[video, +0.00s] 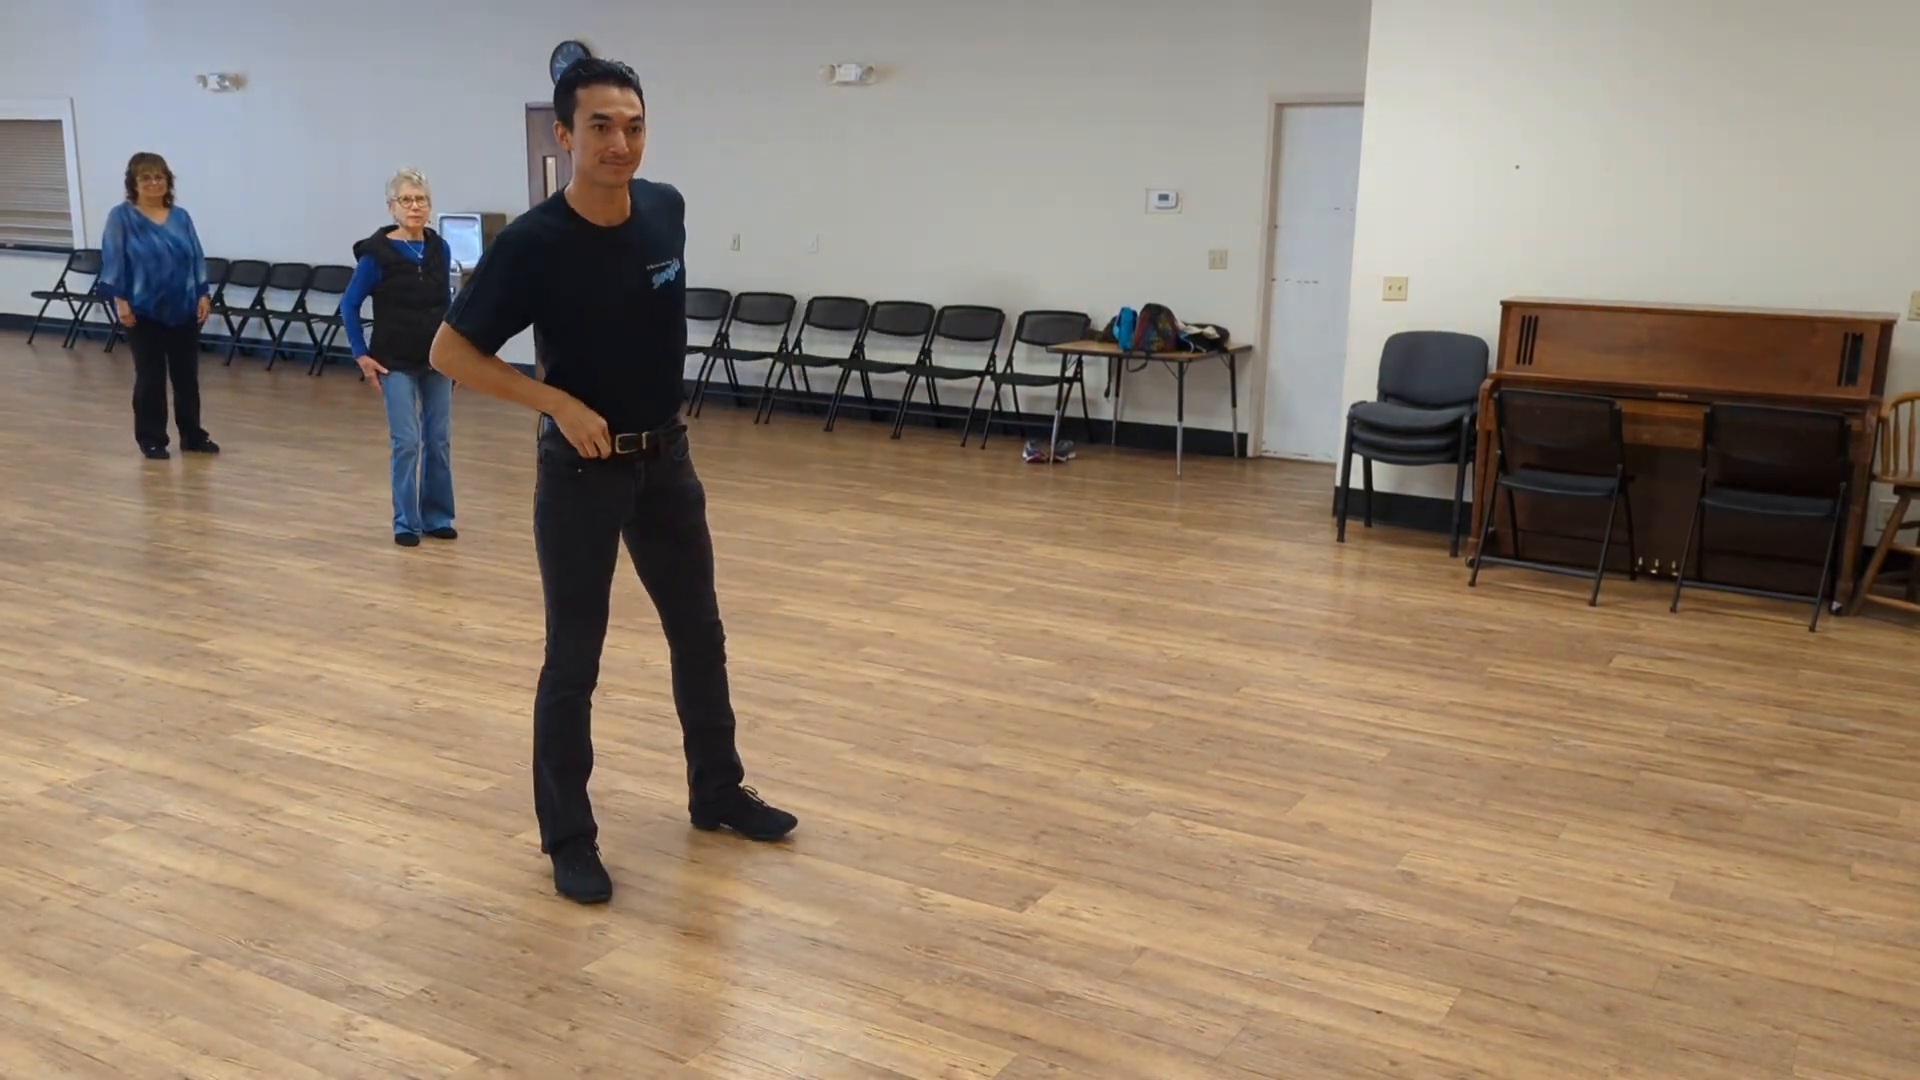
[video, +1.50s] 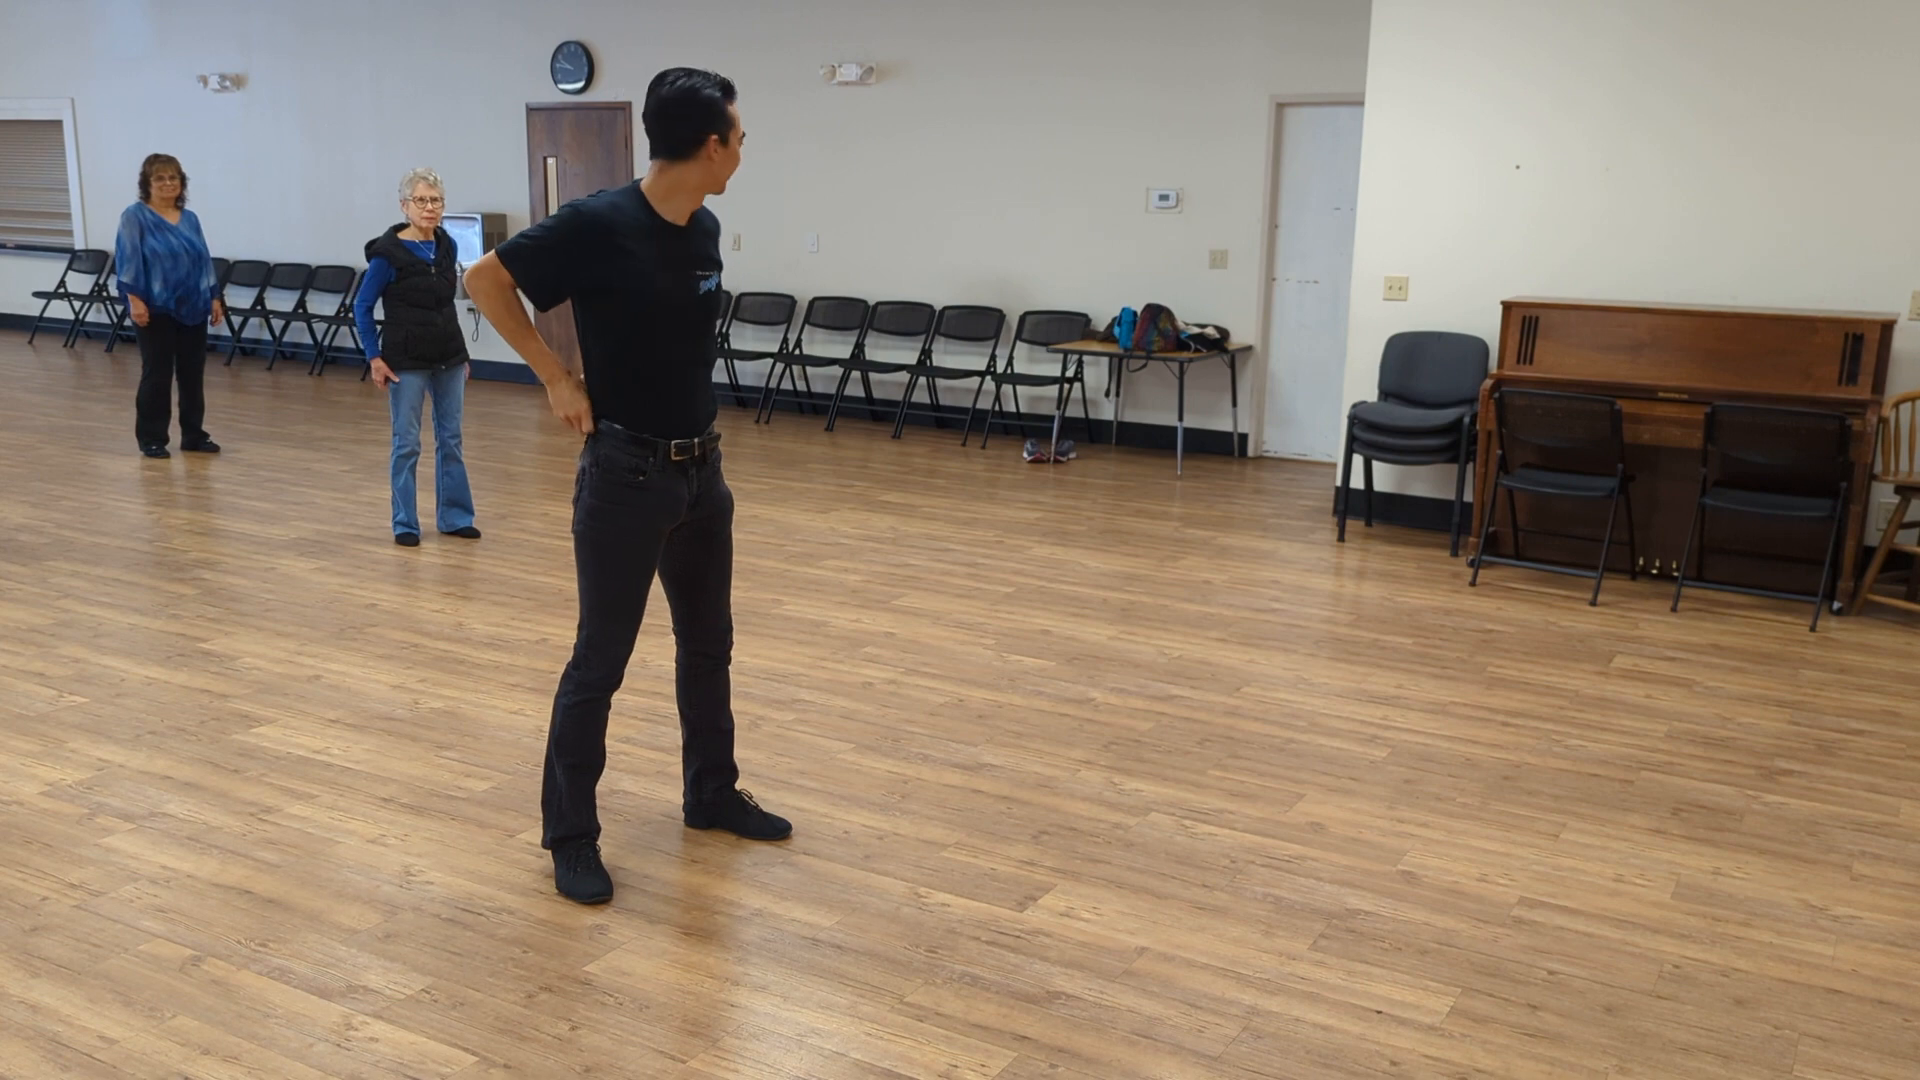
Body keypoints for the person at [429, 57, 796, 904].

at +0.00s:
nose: (619, 142)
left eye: (631, 127)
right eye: (601, 127)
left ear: (645, 133)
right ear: (566, 134)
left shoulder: (665, 209)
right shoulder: (532, 242)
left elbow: (652, 317)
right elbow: (448, 350)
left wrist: (659, 405)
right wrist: (553, 400)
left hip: (663, 462)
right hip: (581, 474)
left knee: (699, 635)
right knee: (573, 662)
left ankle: (718, 793)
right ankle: (569, 842)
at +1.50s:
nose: (741, 149)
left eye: (738, 135)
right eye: (735, 136)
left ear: (689, 143)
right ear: (704, 145)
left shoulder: (704, 229)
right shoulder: (599, 223)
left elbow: (665, 322)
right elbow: (488, 279)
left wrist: (676, 403)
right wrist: (557, 380)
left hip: (698, 471)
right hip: (622, 473)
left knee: (707, 643)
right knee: (600, 660)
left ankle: (711, 793)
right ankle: (571, 838)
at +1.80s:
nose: (720, 147)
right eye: (719, 135)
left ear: (637, 140)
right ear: (714, 143)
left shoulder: (660, 220)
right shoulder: (648, 221)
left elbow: (577, 299)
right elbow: (543, 291)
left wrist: (611, 388)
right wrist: (598, 393)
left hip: (691, 474)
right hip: (638, 477)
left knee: (700, 645)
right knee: (614, 662)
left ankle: (710, 791)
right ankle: (572, 836)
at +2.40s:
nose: (709, 177)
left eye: (721, 160)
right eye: (692, 159)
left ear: (731, 158)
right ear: (648, 155)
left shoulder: (724, 237)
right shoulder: (588, 231)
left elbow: (697, 324)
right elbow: (492, 269)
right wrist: (551, 368)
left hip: (694, 474)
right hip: (612, 480)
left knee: (712, 648)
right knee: (594, 666)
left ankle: (713, 794)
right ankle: (572, 839)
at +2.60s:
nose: (700, 177)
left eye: (712, 160)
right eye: (683, 159)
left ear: (720, 159)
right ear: (638, 155)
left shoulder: (712, 234)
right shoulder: (576, 235)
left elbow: (678, 320)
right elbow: (478, 279)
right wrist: (544, 374)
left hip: (693, 471)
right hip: (610, 481)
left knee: (747, 638)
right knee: (591, 669)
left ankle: (721, 779)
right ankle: (571, 840)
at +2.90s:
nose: (761, 175)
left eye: (765, 160)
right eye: (746, 160)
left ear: (755, 159)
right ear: (690, 157)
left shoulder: (737, 234)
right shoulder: (622, 238)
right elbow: (504, 288)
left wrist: (609, 382)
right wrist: (575, 385)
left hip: (716, 484)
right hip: (640, 488)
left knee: (756, 660)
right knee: (608, 672)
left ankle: (797, 826)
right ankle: (571, 840)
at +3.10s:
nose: (827, 165)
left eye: (831, 150)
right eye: (813, 148)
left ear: (793, 152)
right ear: (760, 145)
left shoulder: (793, 236)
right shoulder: (685, 230)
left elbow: (744, 329)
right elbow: (562, 283)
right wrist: (633, 381)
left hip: (769, 482)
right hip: (692, 483)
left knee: (784, 665)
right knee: (653, 669)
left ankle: (798, 827)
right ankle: (582, 832)